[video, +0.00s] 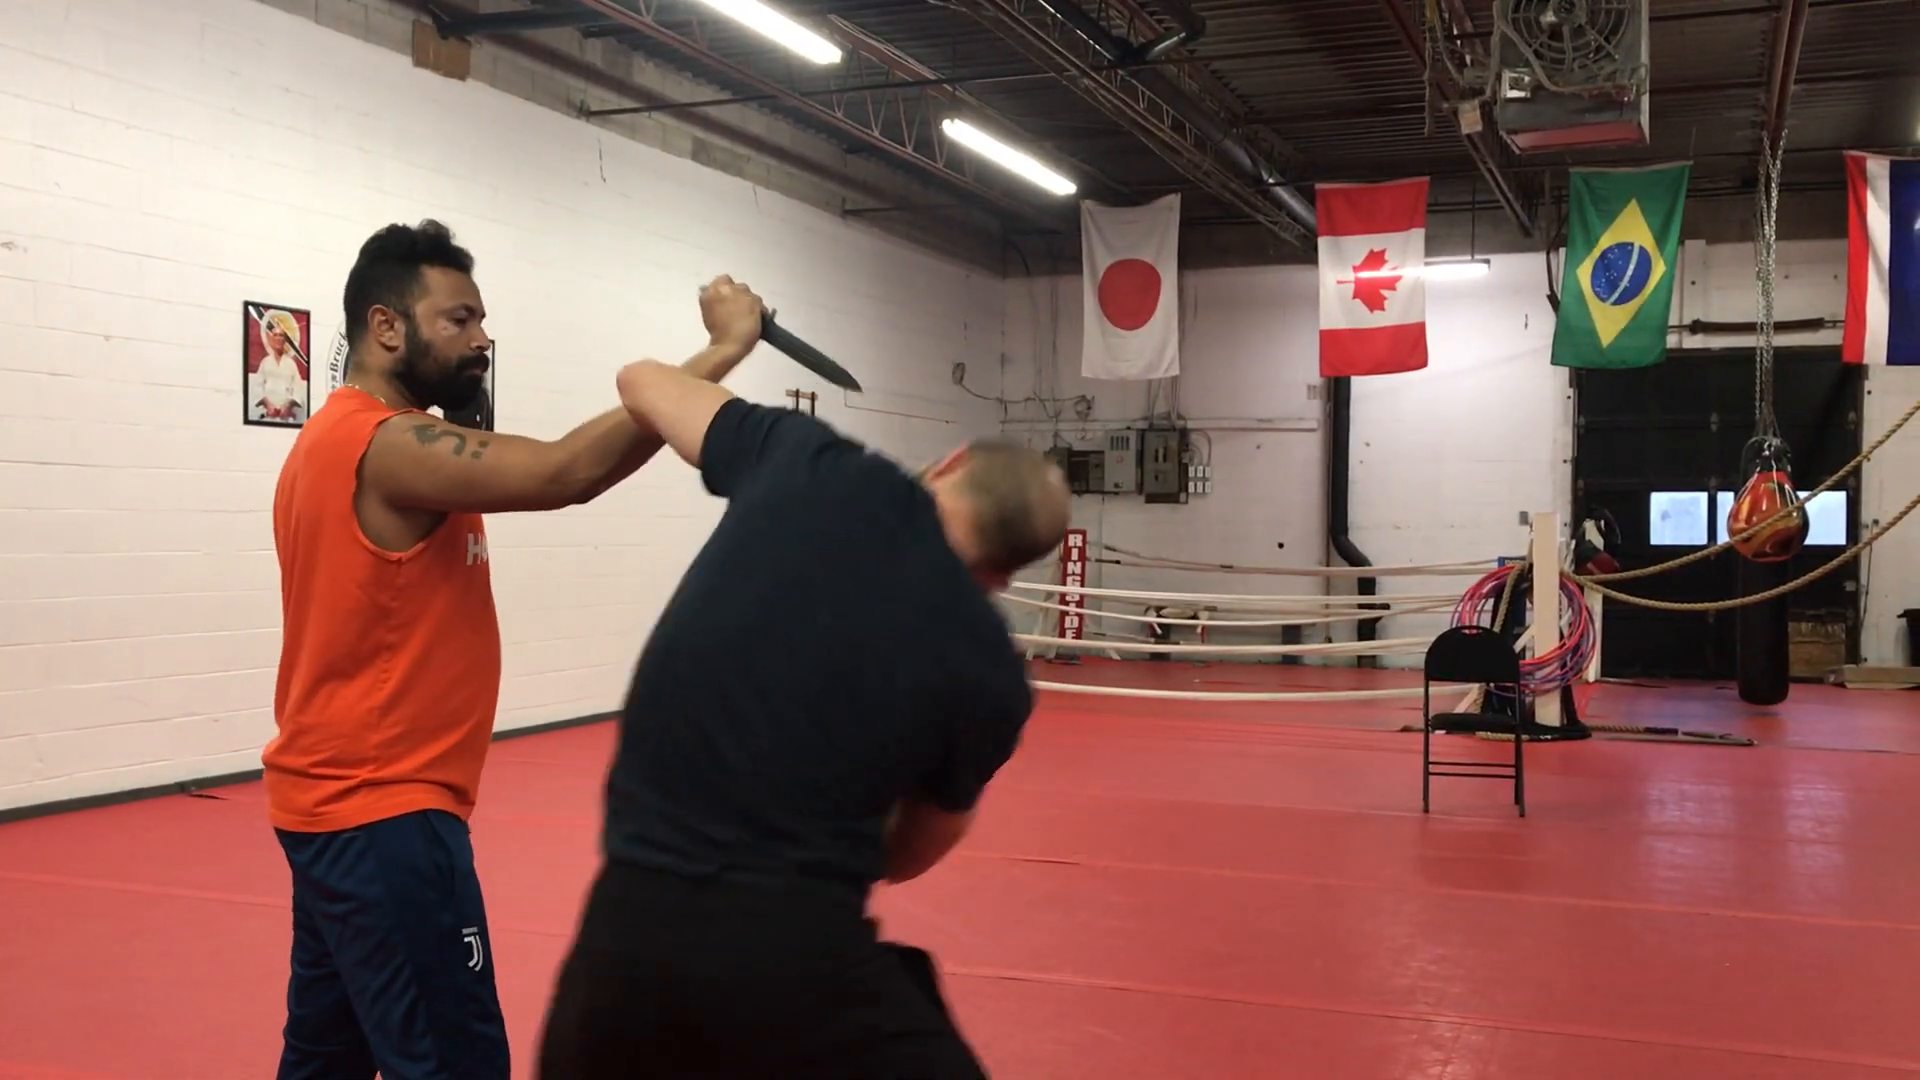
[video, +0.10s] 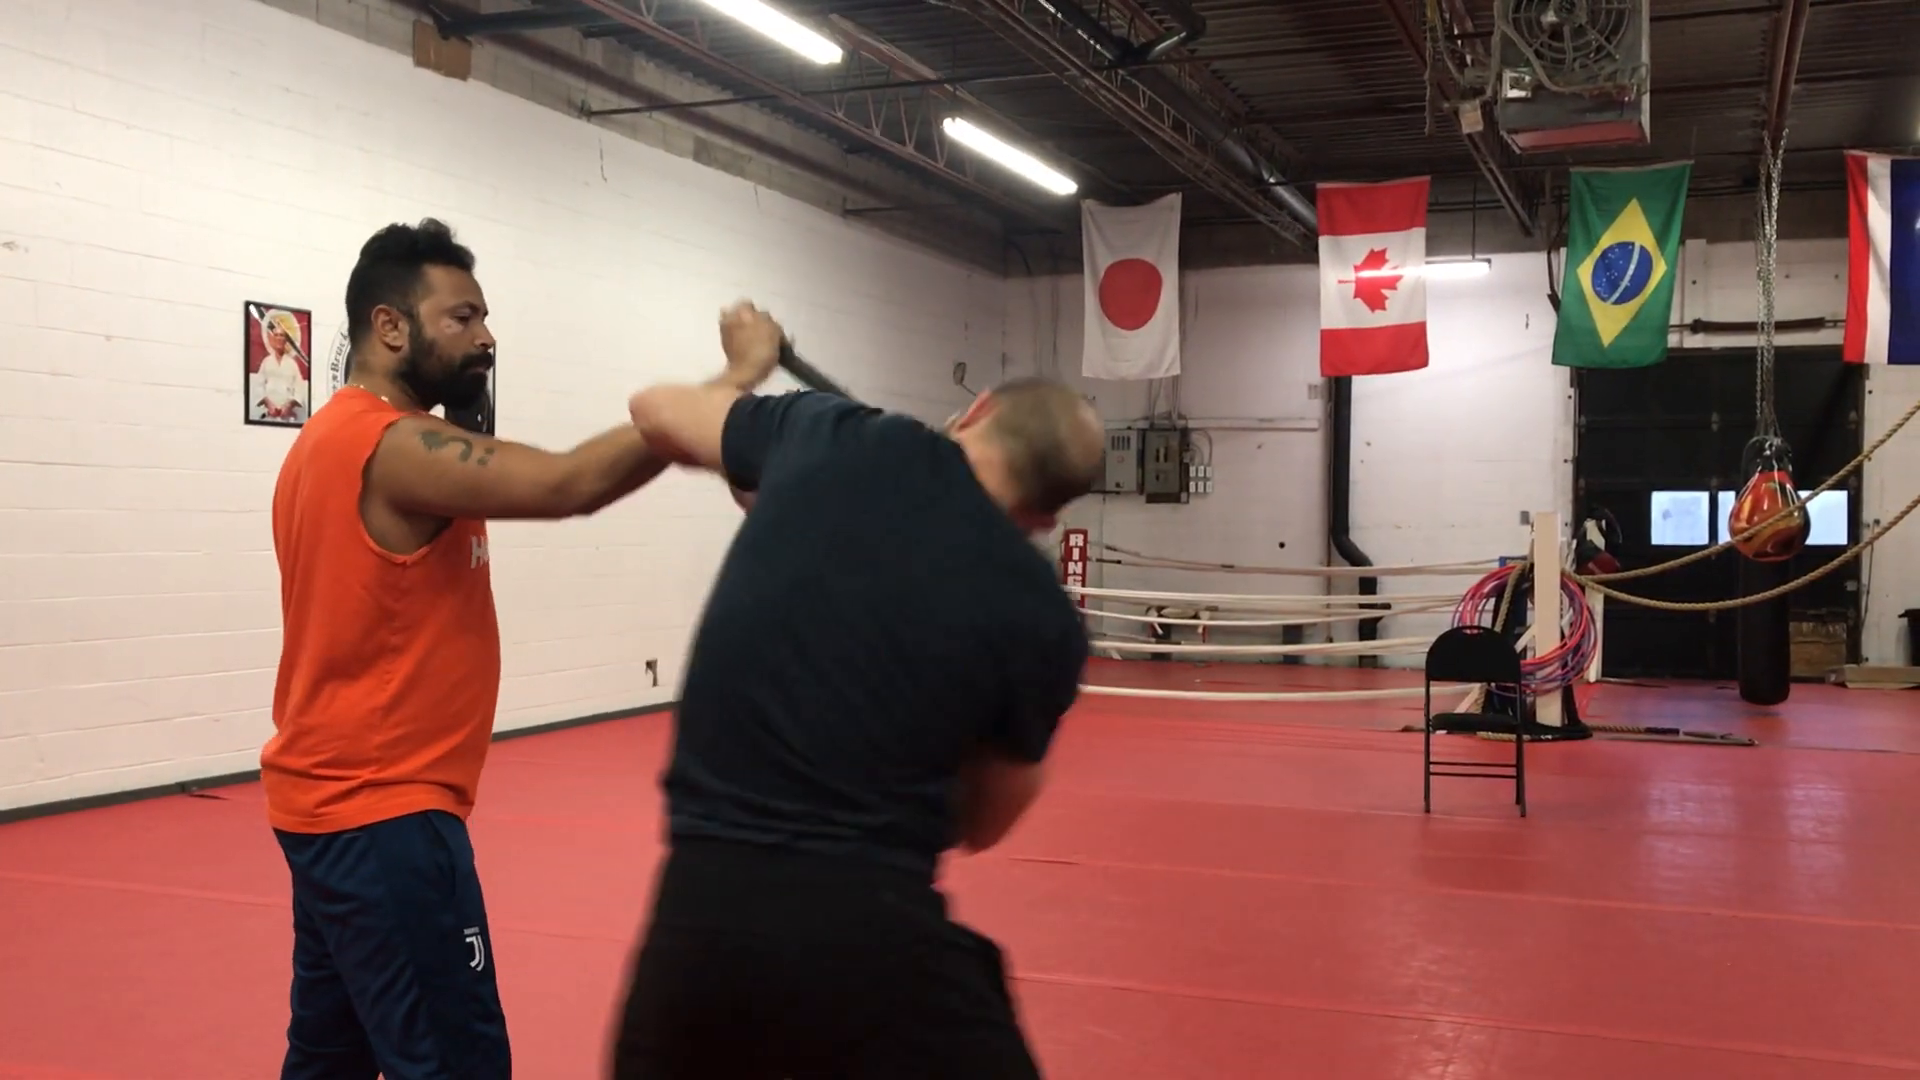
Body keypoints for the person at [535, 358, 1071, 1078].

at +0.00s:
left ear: (947, 460)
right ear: (1004, 578)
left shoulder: (802, 459)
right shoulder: (988, 674)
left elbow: (642, 380)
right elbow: (905, 855)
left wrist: (726, 344)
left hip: (631, 936)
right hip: (808, 965)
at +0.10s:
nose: (957, 415)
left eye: (967, 405)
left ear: (973, 408)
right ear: (1045, 518)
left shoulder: (826, 435)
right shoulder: (1042, 621)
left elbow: (656, 409)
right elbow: (981, 825)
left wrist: (743, 370)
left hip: (703, 920)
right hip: (886, 943)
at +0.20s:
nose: (974, 376)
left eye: (982, 366)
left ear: (986, 369)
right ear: (1083, 467)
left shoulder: (842, 429)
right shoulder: (1087, 568)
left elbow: (667, 452)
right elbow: (1070, 787)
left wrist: (755, 520)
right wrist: (990, 644)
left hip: (768, 908)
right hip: (952, 928)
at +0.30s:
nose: (978, 347)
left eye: (982, 335)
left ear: (992, 345)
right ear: (1097, 415)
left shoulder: (854, 424)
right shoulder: (1126, 530)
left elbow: (674, 503)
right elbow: (1136, 761)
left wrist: (752, 575)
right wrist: (1014, 658)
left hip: (815, 902)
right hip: (1001, 917)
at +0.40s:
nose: (962, 324)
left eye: (968, 312)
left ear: (982, 321)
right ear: (1098, 377)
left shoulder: (852, 418)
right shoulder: (1141, 499)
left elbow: (685, 561)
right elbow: (1174, 746)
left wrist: (785, 652)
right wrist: (1042, 667)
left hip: (851, 878)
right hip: (1031, 888)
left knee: (845, 1061)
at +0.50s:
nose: (941, 323)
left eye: (946, 311)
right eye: (946, 310)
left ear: (964, 322)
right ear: (1078, 362)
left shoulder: (843, 435)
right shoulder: (1143, 489)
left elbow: (714, 628)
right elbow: (1190, 741)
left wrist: (845, 702)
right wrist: (1036, 691)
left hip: (879, 903)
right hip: (1066, 909)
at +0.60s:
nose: (927, 349)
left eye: (931, 334)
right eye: (930, 333)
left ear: (956, 344)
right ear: (1065, 364)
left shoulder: (848, 464)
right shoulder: (1148, 495)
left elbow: (761, 689)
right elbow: (1203, 748)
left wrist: (896, 719)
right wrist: (1054, 710)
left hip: (914, 925)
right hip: (1109, 923)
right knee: (1237, 1065)